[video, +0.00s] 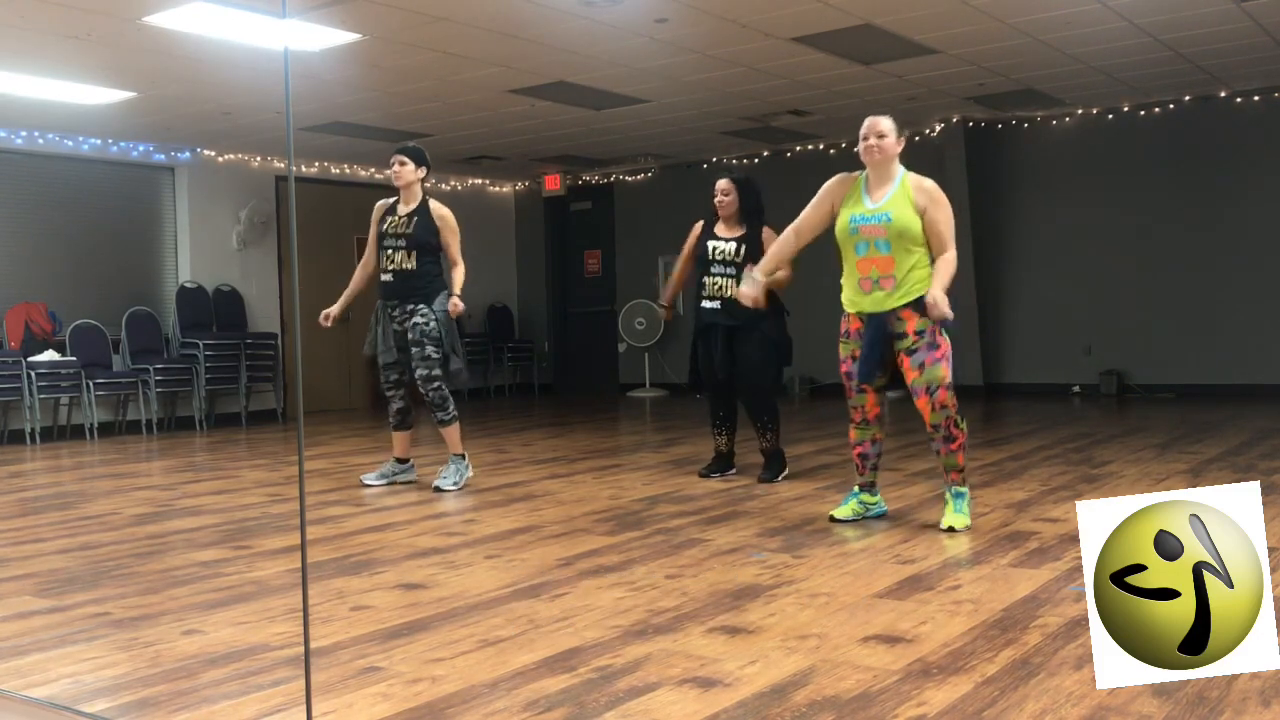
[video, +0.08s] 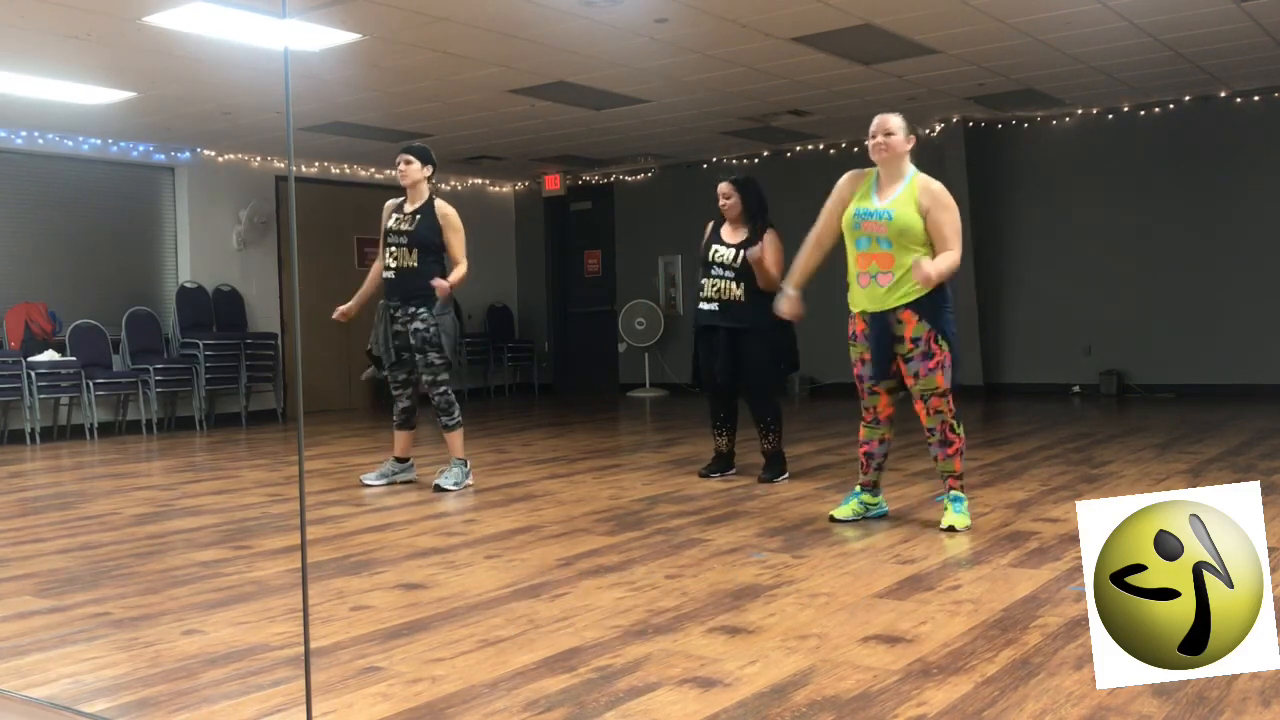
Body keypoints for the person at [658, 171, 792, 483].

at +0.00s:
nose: (719, 199)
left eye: (726, 194)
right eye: (716, 194)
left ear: (742, 198)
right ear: (713, 199)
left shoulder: (762, 235)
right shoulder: (702, 230)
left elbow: (785, 273)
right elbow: (683, 266)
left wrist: (765, 281)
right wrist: (667, 300)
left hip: (754, 330)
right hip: (713, 329)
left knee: (756, 391)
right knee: (718, 392)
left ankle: (773, 458)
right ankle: (723, 458)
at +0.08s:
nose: (722, 203)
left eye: (728, 197)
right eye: (720, 197)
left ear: (747, 199)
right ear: (718, 201)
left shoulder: (766, 236)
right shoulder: (713, 228)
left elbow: (771, 285)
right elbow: (709, 272)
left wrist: (758, 263)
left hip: (755, 331)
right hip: (716, 330)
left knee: (761, 392)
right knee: (720, 392)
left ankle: (774, 460)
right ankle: (723, 457)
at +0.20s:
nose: (723, 201)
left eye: (729, 195)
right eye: (721, 196)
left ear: (747, 196)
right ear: (721, 200)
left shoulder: (768, 230)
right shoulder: (723, 229)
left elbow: (776, 277)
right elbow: (725, 275)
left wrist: (752, 253)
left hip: (761, 327)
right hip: (721, 326)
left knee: (764, 389)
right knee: (710, 386)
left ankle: (775, 459)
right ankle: (720, 452)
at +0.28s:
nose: (724, 206)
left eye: (730, 199)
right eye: (722, 200)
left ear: (749, 199)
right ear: (723, 202)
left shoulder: (770, 233)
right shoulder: (730, 233)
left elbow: (777, 280)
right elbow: (733, 280)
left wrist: (754, 250)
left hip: (765, 330)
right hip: (728, 329)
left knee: (767, 390)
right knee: (701, 381)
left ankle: (775, 459)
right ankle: (714, 445)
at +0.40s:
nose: (726, 205)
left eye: (731, 198)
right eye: (723, 199)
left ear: (750, 198)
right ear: (725, 201)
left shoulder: (773, 232)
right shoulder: (731, 232)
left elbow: (773, 280)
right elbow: (734, 278)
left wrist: (755, 249)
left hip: (766, 329)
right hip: (729, 328)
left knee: (768, 391)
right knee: (706, 381)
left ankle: (776, 459)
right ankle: (717, 449)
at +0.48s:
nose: (727, 204)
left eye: (732, 198)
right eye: (724, 198)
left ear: (751, 197)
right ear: (725, 200)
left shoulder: (774, 230)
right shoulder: (730, 229)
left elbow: (772, 275)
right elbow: (728, 275)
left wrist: (757, 242)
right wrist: (716, 311)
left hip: (765, 328)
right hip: (728, 326)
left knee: (767, 390)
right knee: (723, 388)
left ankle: (776, 460)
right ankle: (723, 457)